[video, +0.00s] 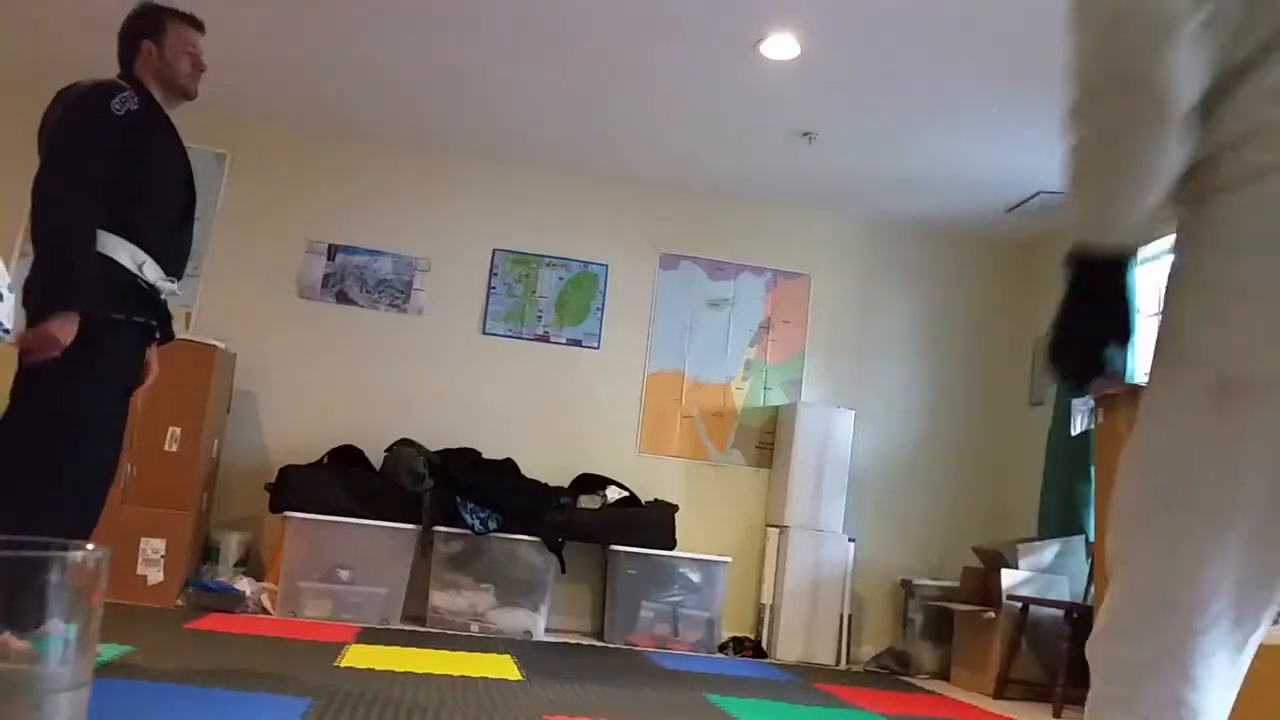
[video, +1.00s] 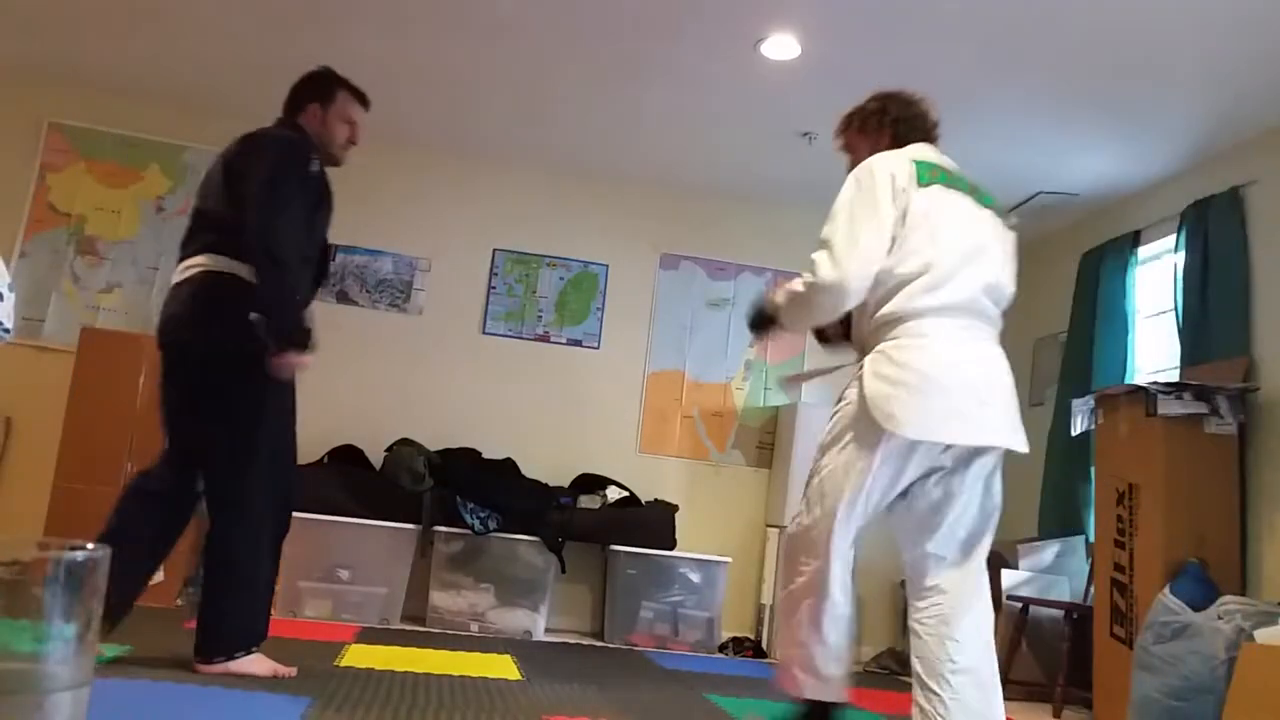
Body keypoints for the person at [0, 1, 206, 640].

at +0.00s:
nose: (202, 67)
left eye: (203, 57)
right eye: (191, 54)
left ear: (158, 59)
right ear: (147, 52)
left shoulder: (157, 130)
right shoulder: (102, 104)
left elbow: (144, 237)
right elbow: (65, 200)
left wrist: (151, 329)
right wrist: (61, 303)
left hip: (118, 328)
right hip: (81, 321)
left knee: (82, 472)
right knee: (51, 468)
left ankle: (38, 613)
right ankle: (13, 614)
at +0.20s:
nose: (218, 79)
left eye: (219, 69)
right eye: (207, 66)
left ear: (178, 72)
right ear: (164, 63)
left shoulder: (168, 135)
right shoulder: (123, 113)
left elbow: (148, 233)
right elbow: (85, 204)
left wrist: (155, 326)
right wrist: (84, 302)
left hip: (134, 328)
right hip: (104, 323)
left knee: (91, 468)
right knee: (83, 466)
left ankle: (34, 609)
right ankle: (16, 609)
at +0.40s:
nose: (238, 97)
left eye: (241, 88)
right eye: (229, 84)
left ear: (194, 86)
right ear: (188, 79)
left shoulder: (179, 141)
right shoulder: (150, 123)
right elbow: (115, 214)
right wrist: (116, 312)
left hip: (113, 318)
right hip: (133, 317)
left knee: (77, 458)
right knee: (170, 453)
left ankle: (34, 590)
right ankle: (64, 593)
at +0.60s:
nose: (269, 117)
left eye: (273, 108)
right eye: (261, 103)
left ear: (226, 102)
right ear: (222, 94)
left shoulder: (209, 153)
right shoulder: (187, 137)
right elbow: (143, 220)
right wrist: (134, 319)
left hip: (131, 332)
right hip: (169, 337)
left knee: (83, 480)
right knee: (197, 484)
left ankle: (25, 618)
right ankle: (205, 638)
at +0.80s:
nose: (311, 130)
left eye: (313, 119)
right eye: (304, 115)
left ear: (266, 112)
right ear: (265, 106)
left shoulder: (213, 147)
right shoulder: (238, 150)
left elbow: (170, 230)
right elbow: (197, 228)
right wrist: (189, 330)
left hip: (167, 331)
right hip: (213, 337)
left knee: (113, 480)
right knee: (241, 493)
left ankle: (30, 614)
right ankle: (223, 646)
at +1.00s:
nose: (356, 137)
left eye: (360, 127)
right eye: (349, 122)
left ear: (306, 118)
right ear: (314, 113)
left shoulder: (251, 150)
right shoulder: (290, 153)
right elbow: (277, 241)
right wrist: (288, 336)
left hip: (191, 314)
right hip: (239, 317)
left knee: (183, 469)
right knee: (256, 484)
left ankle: (83, 614)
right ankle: (227, 646)